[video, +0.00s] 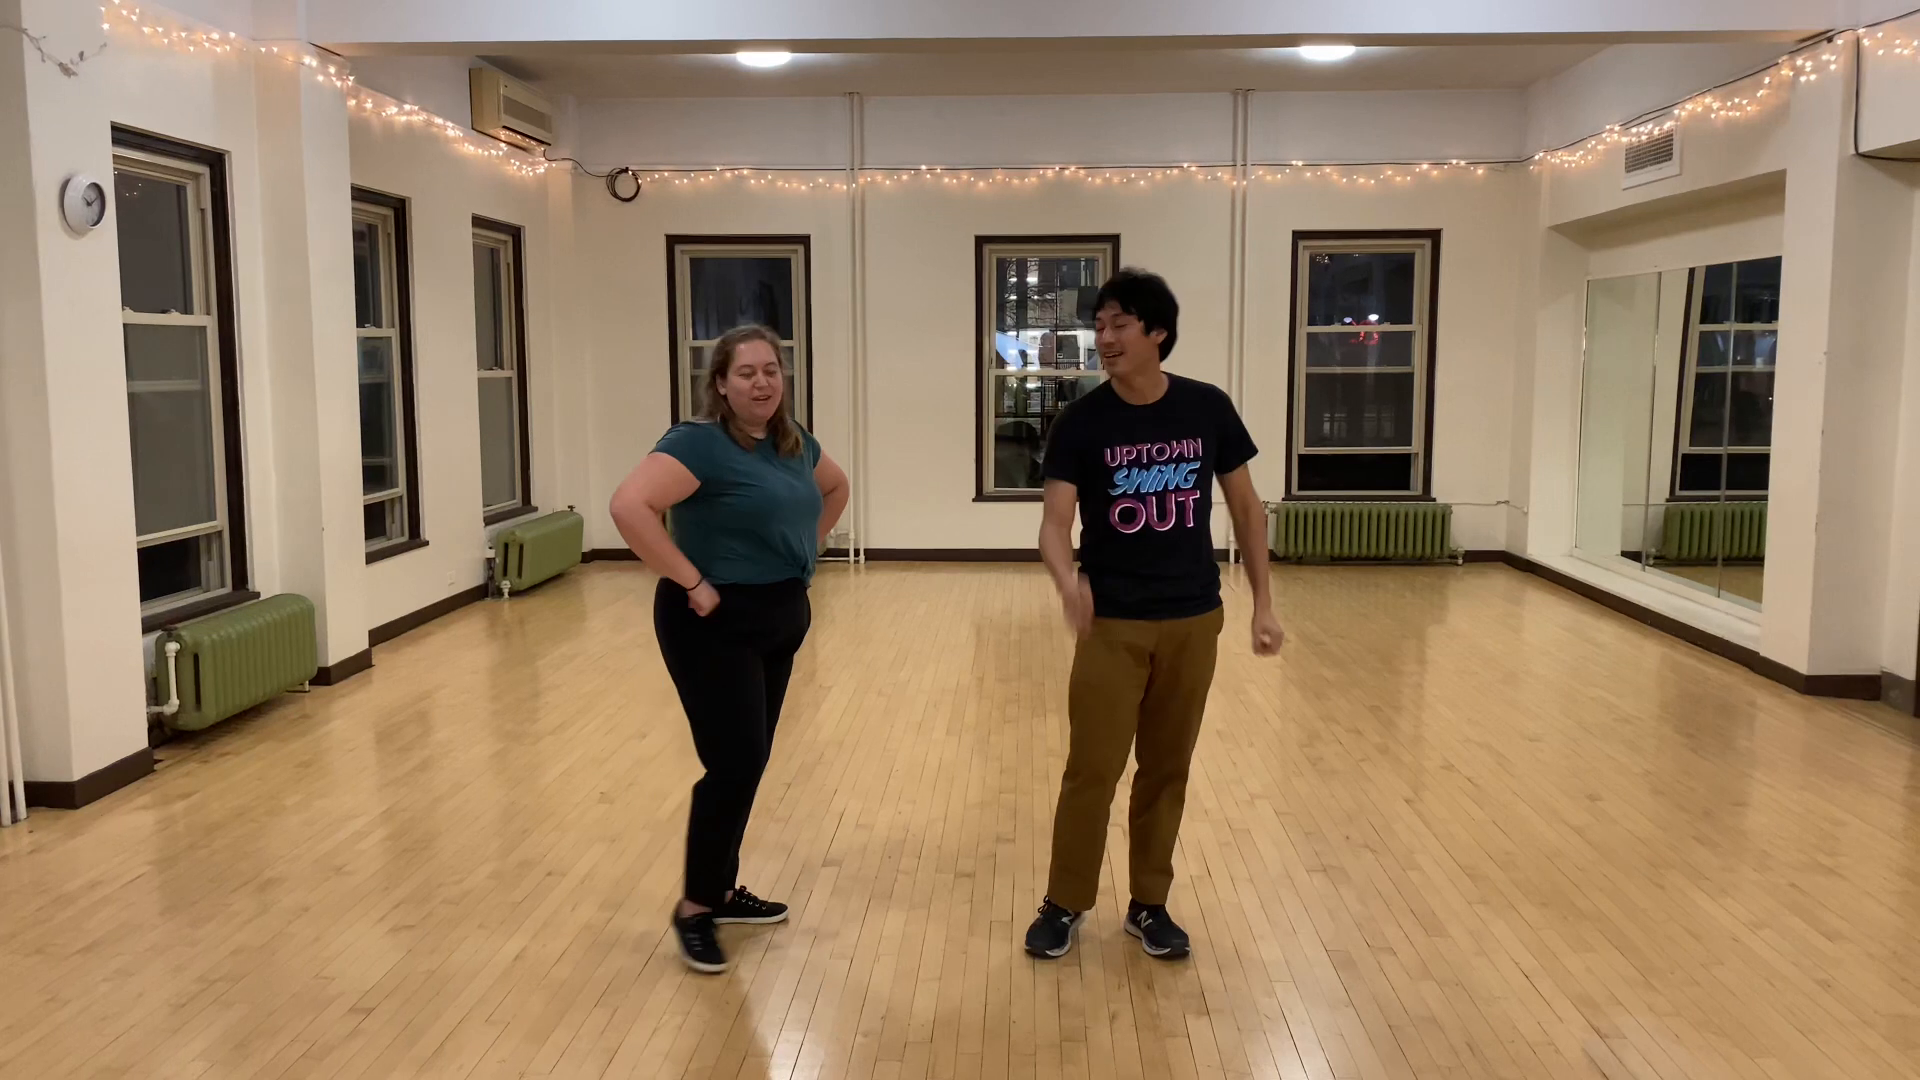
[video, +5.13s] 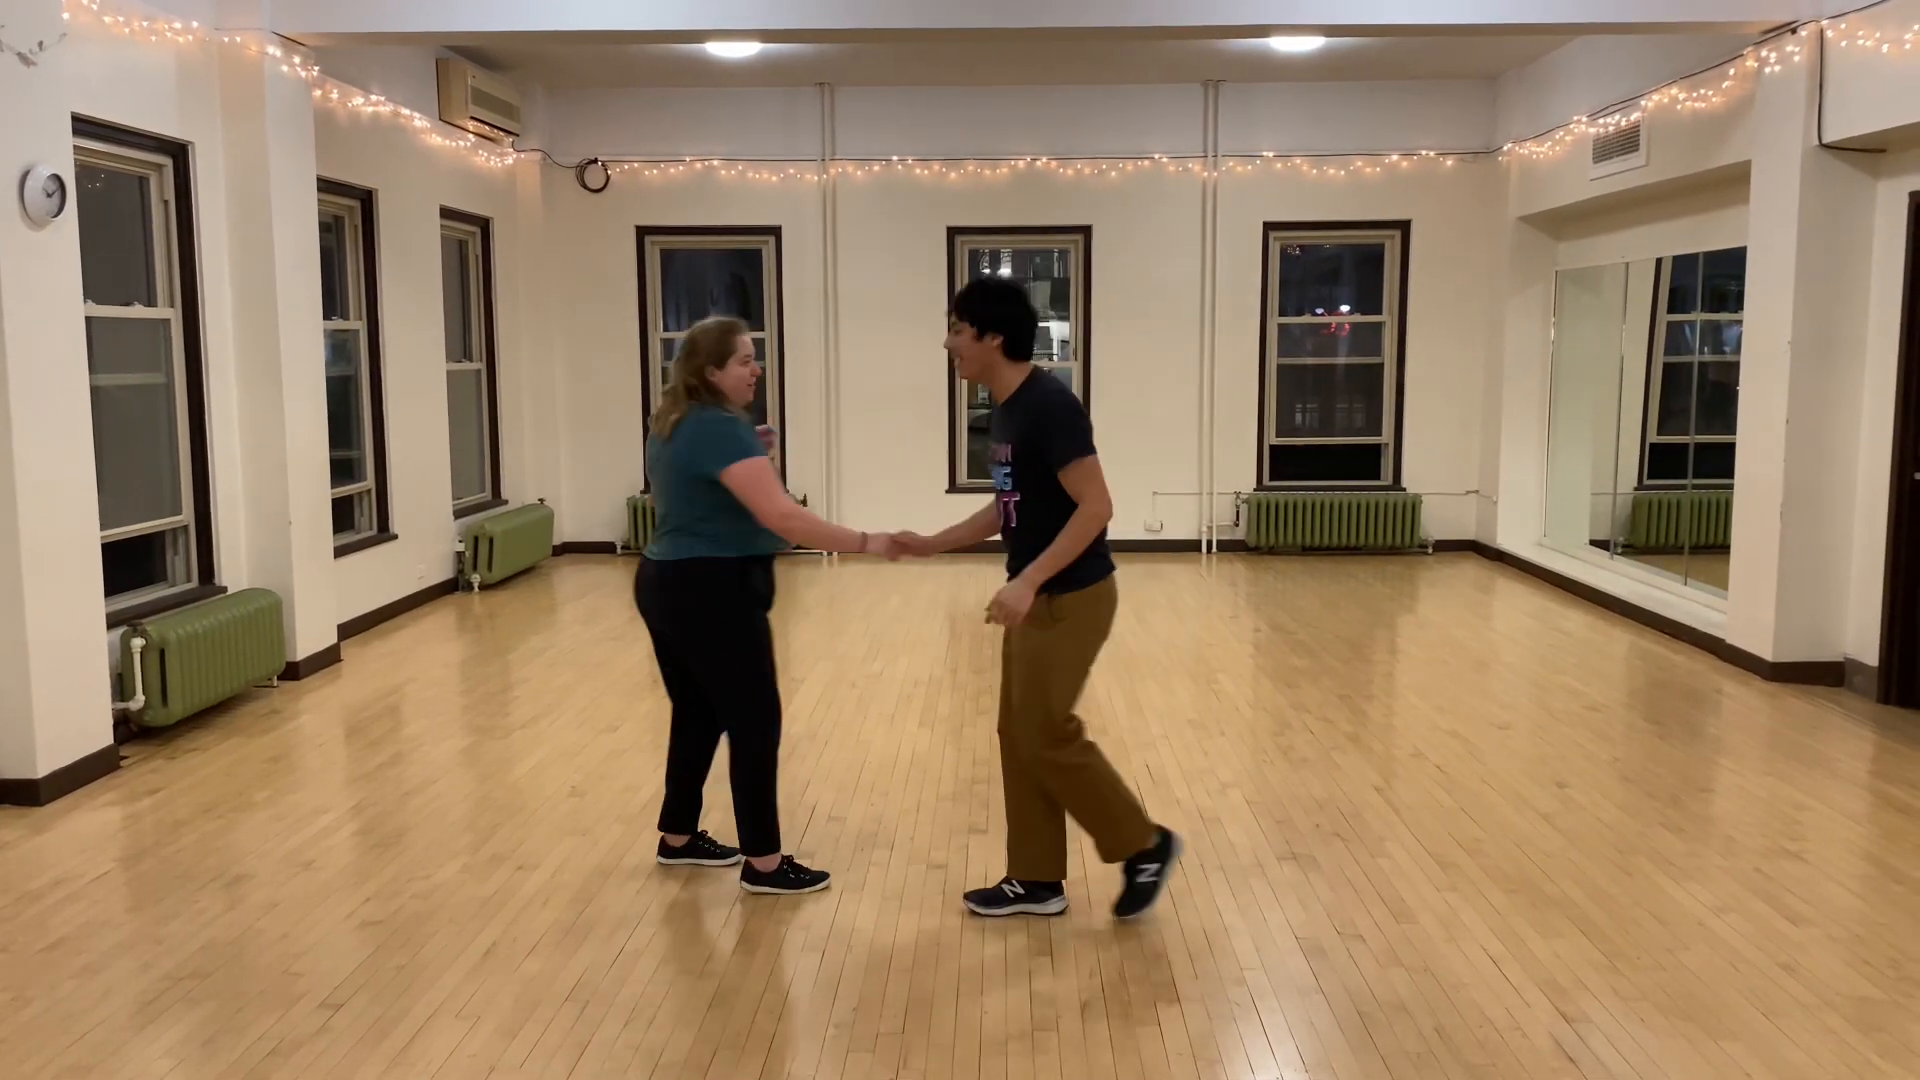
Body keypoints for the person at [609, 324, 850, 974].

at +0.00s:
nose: (762, 382)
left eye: (771, 370)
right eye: (747, 372)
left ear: (784, 378)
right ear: (722, 383)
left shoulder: (792, 441)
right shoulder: (698, 442)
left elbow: (836, 488)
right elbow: (629, 505)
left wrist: (800, 549)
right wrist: (692, 583)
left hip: (774, 613)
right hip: (708, 616)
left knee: (749, 760)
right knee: (732, 762)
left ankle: (720, 890)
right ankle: (693, 911)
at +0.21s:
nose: (780, 386)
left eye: (788, 374)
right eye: (766, 375)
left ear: (798, 381)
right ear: (735, 383)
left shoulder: (796, 447)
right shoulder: (702, 443)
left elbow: (823, 508)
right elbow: (659, 529)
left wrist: (834, 553)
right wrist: (748, 561)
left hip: (783, 614)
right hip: (713, 616)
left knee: (735, 748)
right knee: (760, 749)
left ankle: (713, 889)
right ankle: (768, 905)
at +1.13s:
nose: (814, 376)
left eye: (814, 365)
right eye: (803, 365)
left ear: (796, 373)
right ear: (764, 374)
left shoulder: (818, 437)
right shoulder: (728, 441)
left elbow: (852, 529)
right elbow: (743, 539)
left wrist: (863, 503)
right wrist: (827, 507)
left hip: (821, 610)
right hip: (757, 618)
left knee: (809, 751)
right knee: (768, 758)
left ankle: (797, 877)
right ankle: (766, 903)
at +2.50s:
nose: (824, 386)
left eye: (824, 375)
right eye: (817, 374)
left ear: (778, 374)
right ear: (786, 376)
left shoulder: (744, 430)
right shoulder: (771, 440)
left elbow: (764, 519)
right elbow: (816, 543)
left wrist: (826, 492)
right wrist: (886, 526)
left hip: (750, 604)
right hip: (748, 613)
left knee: (768, 740)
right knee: (752, 750)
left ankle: (776, 855)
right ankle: (760, 903)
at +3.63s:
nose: (801, 374)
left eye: (799, 363)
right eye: (795, 364)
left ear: (739, 368)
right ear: (766, 368)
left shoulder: (699, 425)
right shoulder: (781, 427)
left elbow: (713, 506)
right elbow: (829, 517)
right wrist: (903, 559)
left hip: (702, 584)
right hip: (770, 589)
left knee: (716, 719)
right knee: (769, 724)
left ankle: (722, 851)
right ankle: (772, 860)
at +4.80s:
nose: (790, 368)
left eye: (787, 357)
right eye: (782, 359)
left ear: (729, 368)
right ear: (752, 367)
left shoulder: (685, 427)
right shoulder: (780, 428)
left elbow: (669, 503)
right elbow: (857, 494)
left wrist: (731, 490)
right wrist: (919, 488)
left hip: (694, 587)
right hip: (769, 587)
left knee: (728, 717)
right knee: (767, 723)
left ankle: (713, 844)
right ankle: (762, 862)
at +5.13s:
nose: (756, 370)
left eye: (755, 359)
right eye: (746, 361)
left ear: (707, 373)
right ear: (712, 370)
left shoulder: (676, 423)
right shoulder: (719, 431)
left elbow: (690, 492)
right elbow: (783, 518)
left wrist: (748, 453)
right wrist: (862, 542)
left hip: (669, 584)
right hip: (715, 589)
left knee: (696, 711)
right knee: (755, 718)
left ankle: (676, 834)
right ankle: (764, 860)